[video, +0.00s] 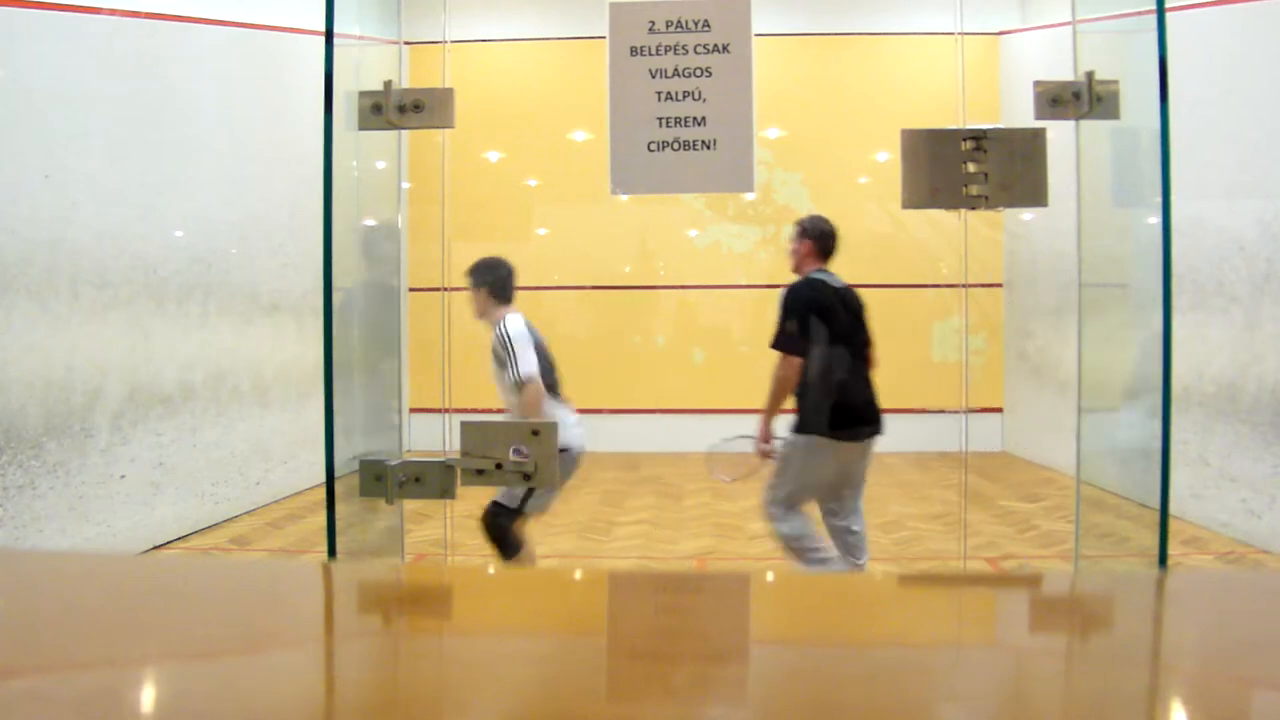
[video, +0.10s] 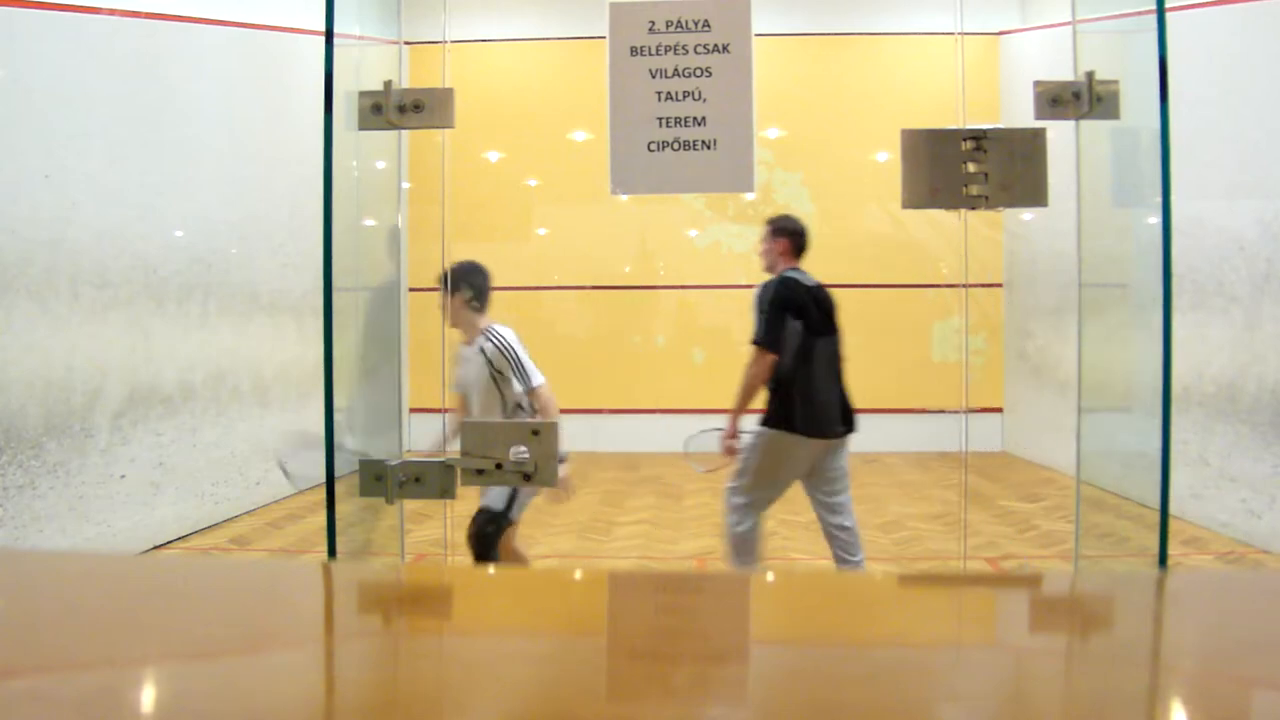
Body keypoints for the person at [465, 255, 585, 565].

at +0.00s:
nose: (471, 298)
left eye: (473, 290)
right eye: (472, 290)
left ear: (487, 292)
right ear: (497, 291)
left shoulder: (510, 328)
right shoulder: (509, 327)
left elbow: (533, 390)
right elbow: (529, 391)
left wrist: (523, 445)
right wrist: (515, 443)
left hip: (557, 443)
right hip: (553, 442)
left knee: (499, 519)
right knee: (501, 519)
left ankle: (531, 592)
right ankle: (530, 590)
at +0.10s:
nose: (442, 304)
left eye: (446, 295)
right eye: (443, 295)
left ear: (465, 296)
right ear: (464, 298)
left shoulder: (500, 340)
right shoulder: (465, 350)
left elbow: (545, 401)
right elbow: (464, 414)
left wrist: (554, 461)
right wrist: (437, 448)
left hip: (522, 459)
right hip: (495, 460)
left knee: (483, 535)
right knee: (503, 543)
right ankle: (541, 598)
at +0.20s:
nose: (407, 299)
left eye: (412, 290)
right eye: (408, 290)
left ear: (431, 290)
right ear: (425, 292)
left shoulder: (478, 334)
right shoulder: (424, 348)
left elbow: (528, 387)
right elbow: (410, 406)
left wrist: (546, 443)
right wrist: (379, 435)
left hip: (496, 461)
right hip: (458, 462)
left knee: (464, 552)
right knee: (460, 553)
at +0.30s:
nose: (368, 298)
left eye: (373, 287)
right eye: (368, 287)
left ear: (393, 285)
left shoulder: (448, 329)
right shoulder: (389, 338)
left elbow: (467, 404)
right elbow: (357, 400)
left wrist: (442, 437)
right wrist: (322, 393)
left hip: (462, 466)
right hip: (420, 467)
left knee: (441, 569)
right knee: (396, 564)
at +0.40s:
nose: (321, 301)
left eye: (329, 290)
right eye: (321, 290)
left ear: (357, 285)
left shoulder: (404, 322)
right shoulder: (338, 337)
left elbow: (390, 395)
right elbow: (298, 384)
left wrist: (320, 412)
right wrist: (281, 338)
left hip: (431, 469)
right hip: (380, 467)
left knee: (429, 581)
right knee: (331, 560)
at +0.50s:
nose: (259, 313)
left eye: (263, 302)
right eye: (258, 303)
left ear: (285, 298)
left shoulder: (357, 329)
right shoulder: (283, 355)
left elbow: (345, 397)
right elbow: (237, 394)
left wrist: (264, 431)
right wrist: (249, 333)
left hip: (386, 499)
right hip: (327, 497)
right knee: (276, 583)